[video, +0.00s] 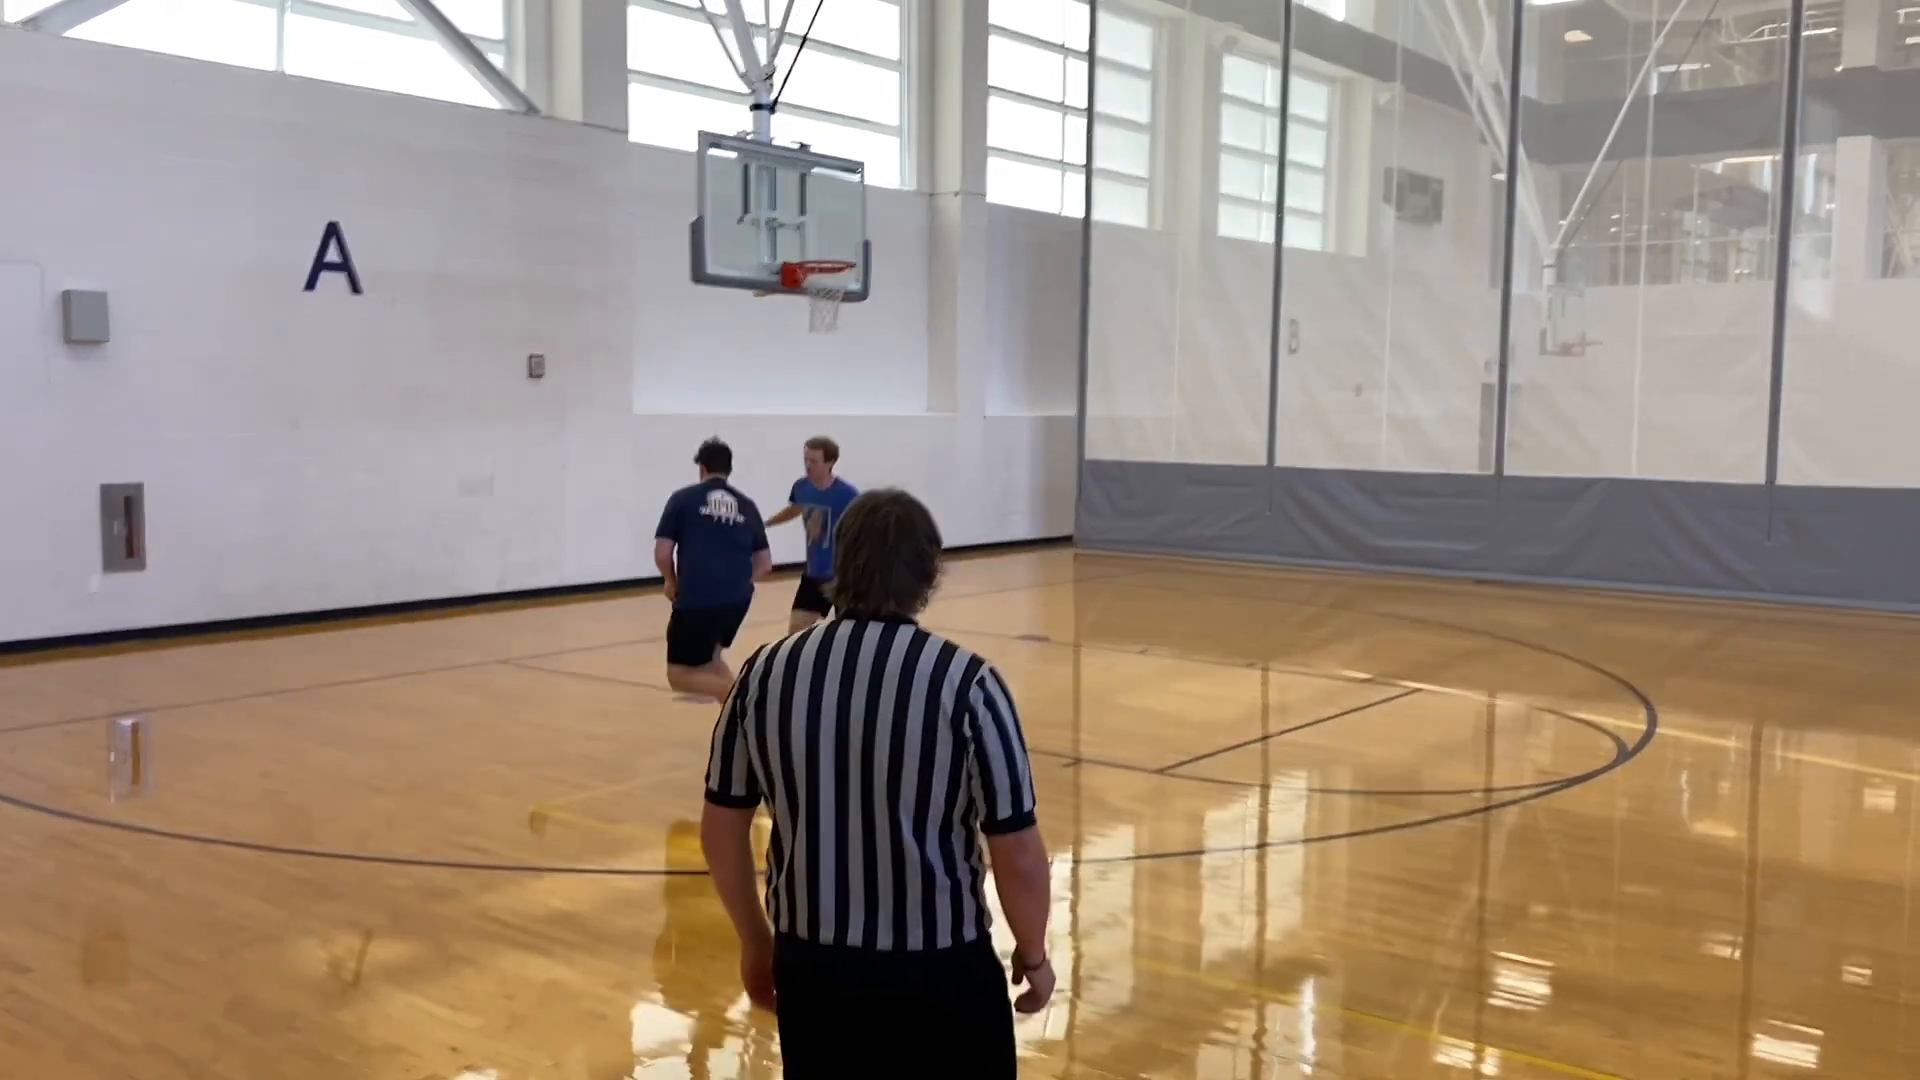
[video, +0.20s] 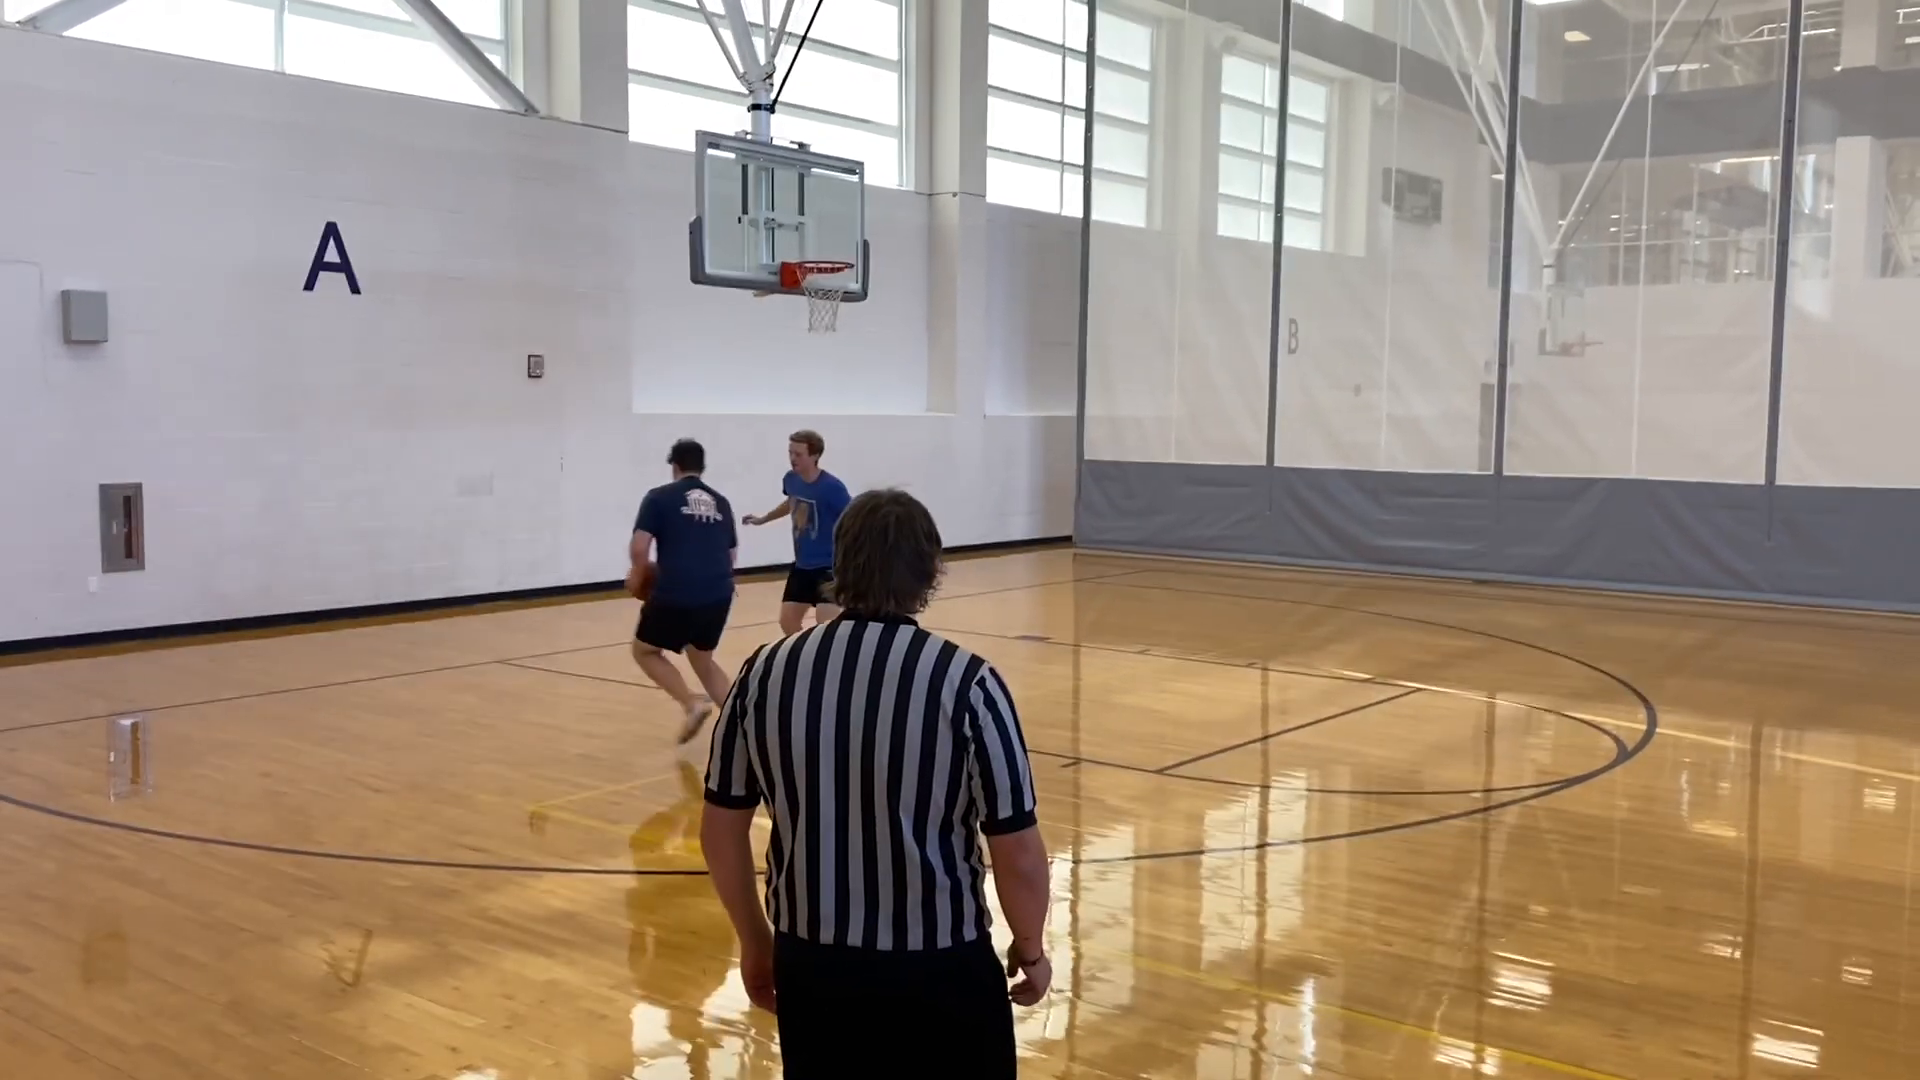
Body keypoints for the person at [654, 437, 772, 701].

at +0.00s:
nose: (699, 471)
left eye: (699, 467)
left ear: (702, 468)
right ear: (729, 469)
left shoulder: (683, 499)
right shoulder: (747, 505)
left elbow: (663, 552)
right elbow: (764, 563)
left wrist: (670, 580)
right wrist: (739, 576)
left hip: (698, 595)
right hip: (738, 595)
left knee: (678, 675)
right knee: (713, 657)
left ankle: (735, 693)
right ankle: (742, 706)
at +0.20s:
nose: (673, 469)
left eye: (672, 465)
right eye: (679, 466)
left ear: (674, 466)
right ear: (702, 466)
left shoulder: (659, 498)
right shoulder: (720, 501)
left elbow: (639, 548)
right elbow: (731, 556)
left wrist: (641, 575)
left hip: (675, 593)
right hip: (718, 593)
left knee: (645, 650)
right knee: (701, 655)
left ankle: (692, 703)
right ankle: (738, 716)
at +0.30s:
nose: (659, 467)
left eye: (659, 463)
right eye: (664, 464)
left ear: (661, 464)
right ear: (689, 464)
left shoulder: (647, 494)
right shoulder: (706, 497)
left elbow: (629, 541)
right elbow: (713, 545)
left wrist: (623, 569)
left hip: (664, 590)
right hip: (708, 591)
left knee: (631, 640)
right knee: (697, 655)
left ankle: (660, 714)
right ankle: (738, 715)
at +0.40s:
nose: (649, 462)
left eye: (648, 458)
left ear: (646, 460)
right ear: (675, 460)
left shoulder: (635, 491)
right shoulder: (693, 494)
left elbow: (620, 537)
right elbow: (691, 544)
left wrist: (613, 563)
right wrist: (639, 562)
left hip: (651, 590)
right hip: (696, 591)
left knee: (618, 635)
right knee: (696, 658)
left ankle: (628, 718)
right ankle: (739, 714)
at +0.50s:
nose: (636, 458)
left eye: (634, 453)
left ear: (632, 456)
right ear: (661, 456)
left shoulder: (622, 486)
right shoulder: (678, 488)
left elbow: (611, 532)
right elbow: (671, 538)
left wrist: (598, 558)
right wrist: (620, 556)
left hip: (639, 586)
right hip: (684, 585)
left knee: (606, 634)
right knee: (696, 659)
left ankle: (596, 713)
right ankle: (739, 717)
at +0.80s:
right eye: (614, 442)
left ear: (588, 445)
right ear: (617, 445)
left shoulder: (575, 478)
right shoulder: (636, 476)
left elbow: (565, 531)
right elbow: (643, 524)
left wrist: (557, 553)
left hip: (597, 579)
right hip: (643, 574)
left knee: (570, 645)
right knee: (672, 643)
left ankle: (550, 711)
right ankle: (723, 699)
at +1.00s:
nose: (589, 446)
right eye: (591, 441)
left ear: (562, 445)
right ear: (591, 444)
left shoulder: (543, 480)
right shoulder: (611, 476)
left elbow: (520, 529)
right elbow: (630, 521)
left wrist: (548, 529)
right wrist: (595, 517)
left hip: (571, 577)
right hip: (618, 574)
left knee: (552, 638)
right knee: (643, 634)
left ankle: (548, 711)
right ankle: (689, 673)